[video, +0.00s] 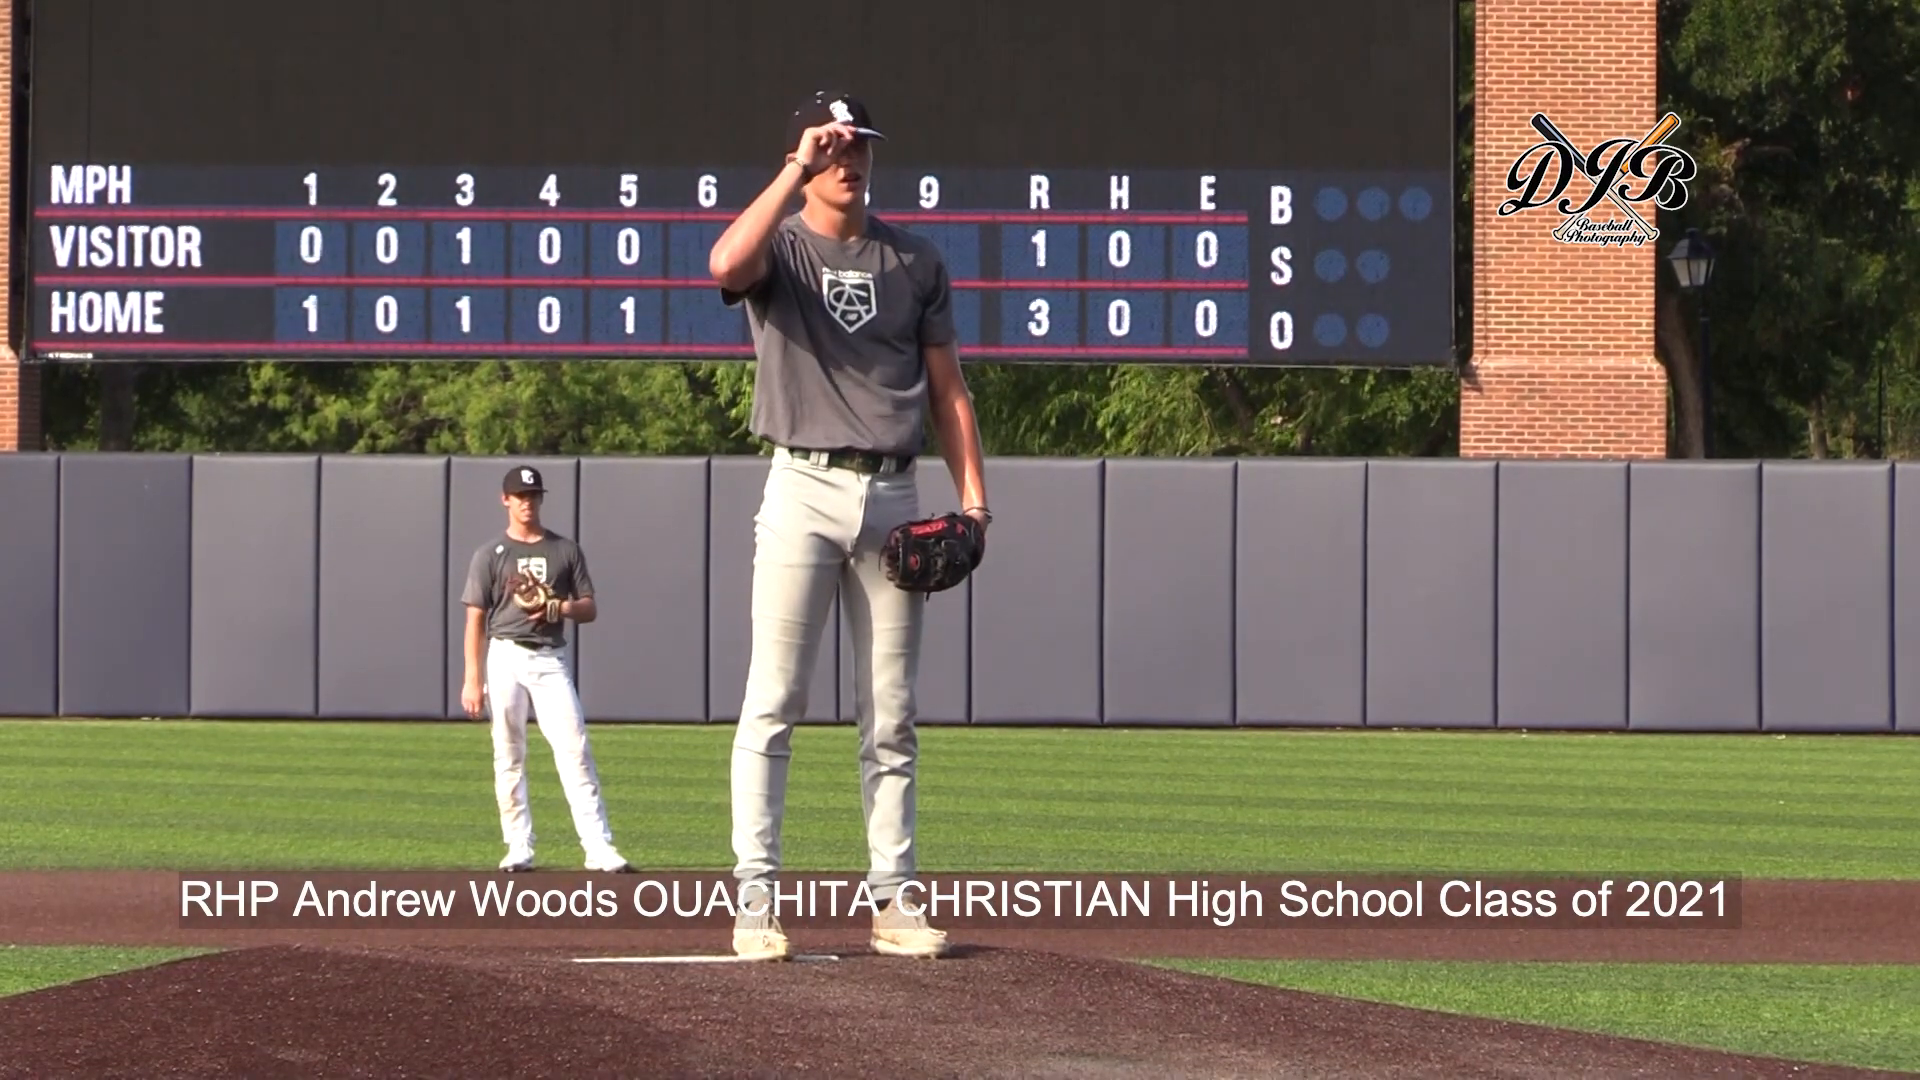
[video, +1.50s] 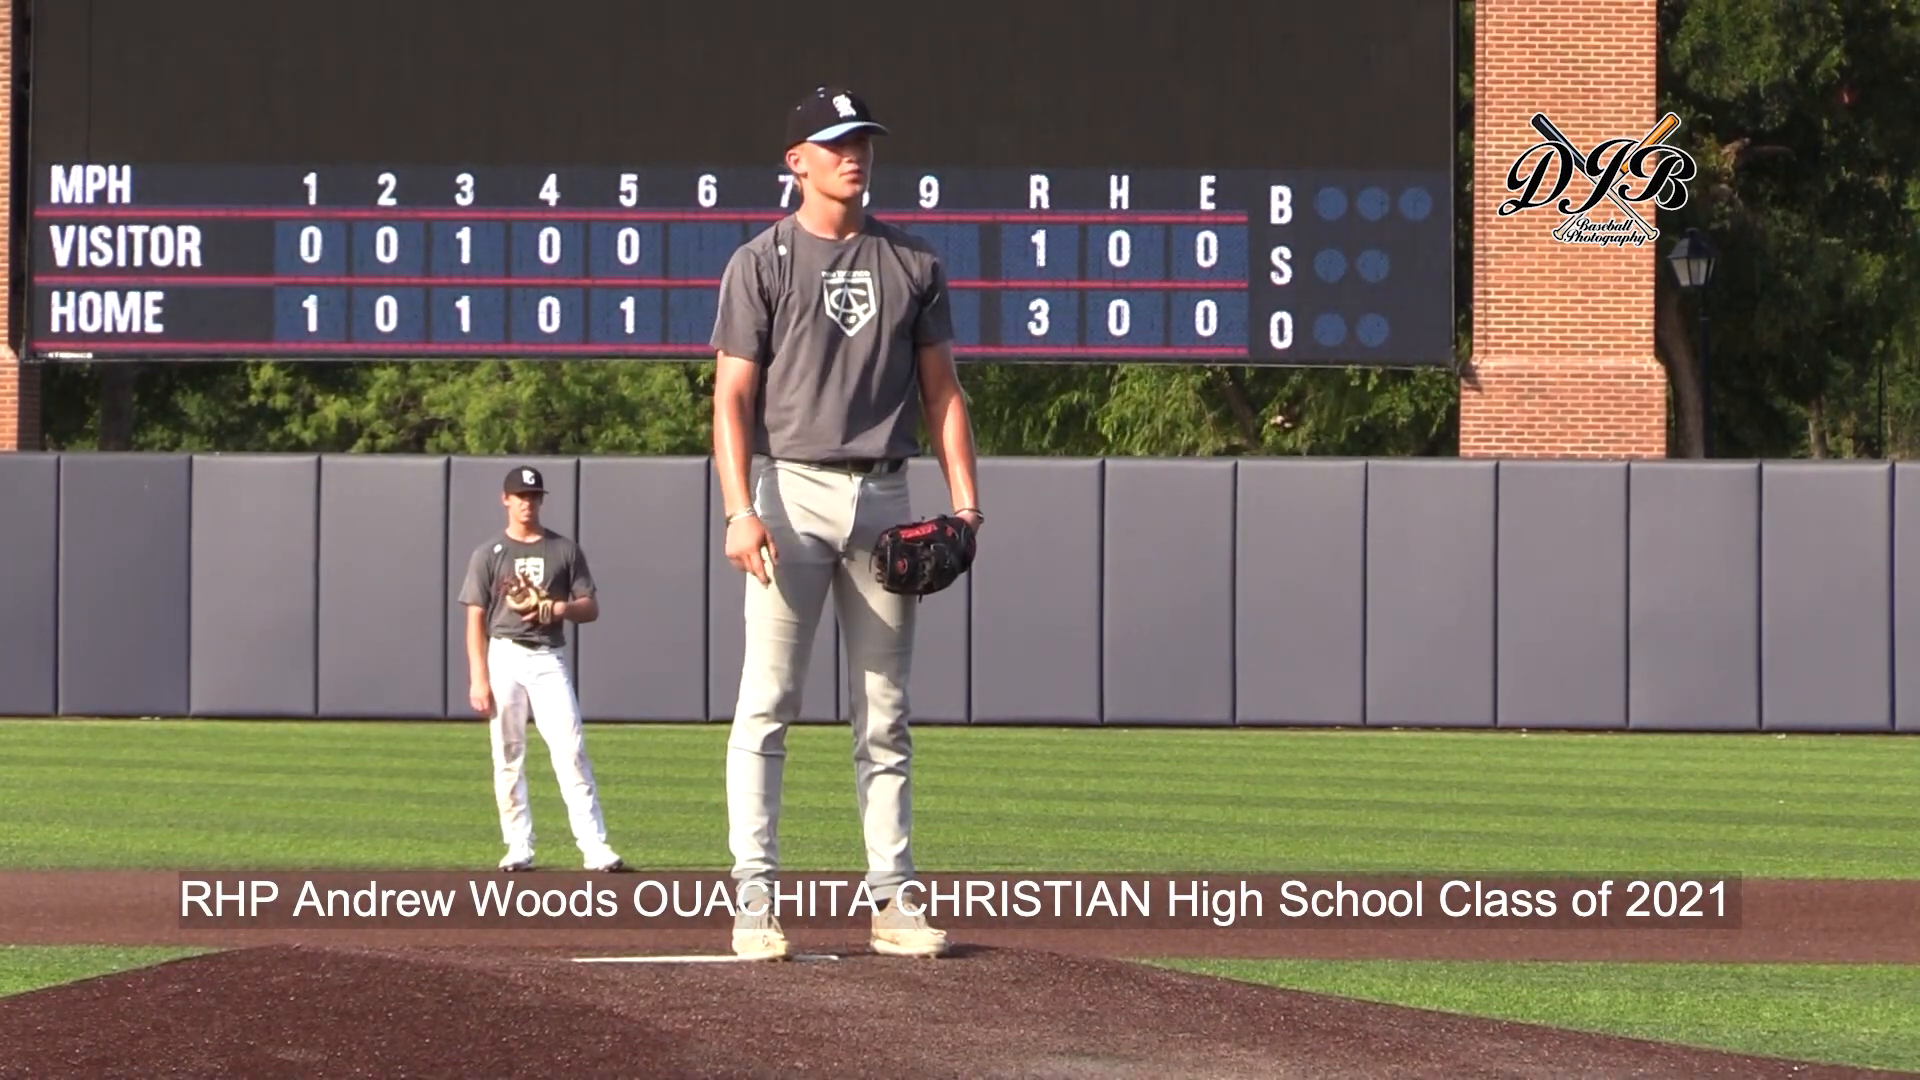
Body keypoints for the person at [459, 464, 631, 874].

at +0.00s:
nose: (528, 504)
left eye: (533, 497)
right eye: (520, 497)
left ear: (541, 500)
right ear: (506, 501)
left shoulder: (567, 550)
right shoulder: (489, 556)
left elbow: (588, 609)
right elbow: (475, 622)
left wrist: (559, 606)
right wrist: (472, 679)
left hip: (550, 659)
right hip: (504, 657)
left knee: (576, 749)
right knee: (508, 757)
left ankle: (600, 851)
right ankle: (518, 851)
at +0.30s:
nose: (528, 505)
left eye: (533, 498)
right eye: (521, 498)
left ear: (542, 500)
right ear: (506, 501)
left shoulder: (565, 551)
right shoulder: (487, 555)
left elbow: (586, 611)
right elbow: (475, 621)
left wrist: (556, 606)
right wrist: (478, 678)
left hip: (549, 658)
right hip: (502, 657)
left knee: (573, 750)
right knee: (507, 758)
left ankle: (599, 851)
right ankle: (518, 851)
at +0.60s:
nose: (526, 504)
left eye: (532, 497)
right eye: (519, 497)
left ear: (541, 500)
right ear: (505, 500)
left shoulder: (564, 551)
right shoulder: (487, 555)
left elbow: (586, 611)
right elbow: (474, 620)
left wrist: (556, 606)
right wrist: (477, 677)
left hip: (547, 657)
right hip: (500, 656)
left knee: (571, 749)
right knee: (507, 757)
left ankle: (597, 850)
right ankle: (518, 850)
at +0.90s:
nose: (526, 504)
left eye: (532, 498)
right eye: (519, 498)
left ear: (541, 501)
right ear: (505, 501)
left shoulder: (564, 551)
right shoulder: (486, 556)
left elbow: (586, 611)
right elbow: (474, 622)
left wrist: (555, 606)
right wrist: (474, 679)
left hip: (548, 658)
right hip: (501, 657)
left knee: (571, 750)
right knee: (507, 757)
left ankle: (596, 850)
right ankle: (518, 850)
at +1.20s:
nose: (527, 504)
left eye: (533, 497)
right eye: (519, 497)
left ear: (541, 501)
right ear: (505, 501)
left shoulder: (565, 551)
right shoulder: (486, 556)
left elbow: (588, 609)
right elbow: (474, 623)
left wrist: (553, 608)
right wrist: (476, 680)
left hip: (548, 657)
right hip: (501, 656)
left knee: (571, 750)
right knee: (507, 755)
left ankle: (596, 850)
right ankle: (518, 849)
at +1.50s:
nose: (528, 503)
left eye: (534, 497)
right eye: (521, 497)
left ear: (543, 500)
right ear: (506, 500)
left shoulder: (566, 550)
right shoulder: (487, 555)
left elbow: (589, 609)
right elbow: (476, 621)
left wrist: (557, 607)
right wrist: (479, 680)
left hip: (549, 657)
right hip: (502, 655)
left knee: (572, 750)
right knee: (508, 756)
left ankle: (596, 850)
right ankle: (519, 849)